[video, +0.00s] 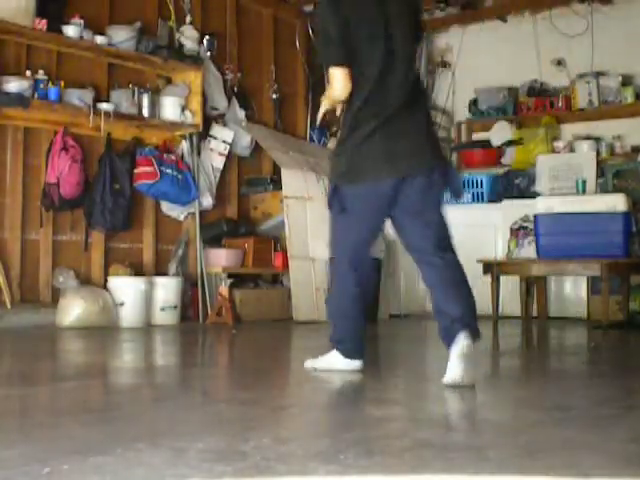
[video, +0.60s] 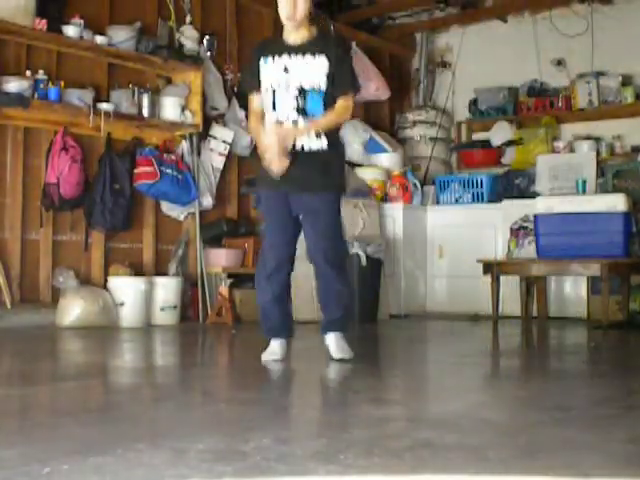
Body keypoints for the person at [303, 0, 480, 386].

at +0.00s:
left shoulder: (331, 8)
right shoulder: (405, 4)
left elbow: (341, 86)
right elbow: (406, 61)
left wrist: (328, 102)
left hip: (367, 158)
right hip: (417, 149)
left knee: (347, 258)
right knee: (434, 252)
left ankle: (347, 351)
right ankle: (461, 335)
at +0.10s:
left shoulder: (320, 13)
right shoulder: (383, 9)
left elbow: (332, 82)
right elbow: (382, 81)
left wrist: (307, 113)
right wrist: (329, 122)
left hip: (347, 161)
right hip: (395, 157)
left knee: (333, 255)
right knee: (402, 245)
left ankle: (346, 350)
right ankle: (442, 306)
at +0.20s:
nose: (287, 4)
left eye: (288, 0)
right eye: (287, 1)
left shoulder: (314, 21)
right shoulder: (362, 18)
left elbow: (322, 85)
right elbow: (381, 90)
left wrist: (300, 117)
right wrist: (328, 116)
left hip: (334, 167)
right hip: (373, 165)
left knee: (318, 259)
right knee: (356, 249)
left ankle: (345, 350)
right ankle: (407, 306)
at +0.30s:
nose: (283, 4)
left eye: (285, 0)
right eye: (283, 2)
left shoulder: (317, 21)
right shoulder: (334, 20)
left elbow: (322, 85)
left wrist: (291, 110)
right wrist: (301, 111)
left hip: (334, 159)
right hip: (340, 156)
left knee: (311, 248)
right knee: (304, 239)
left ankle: (345, 348)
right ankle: (359, 310)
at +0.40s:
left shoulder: (323, 14)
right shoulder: (301, 24)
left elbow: (336, 74)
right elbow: (313, 80)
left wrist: (292, 99)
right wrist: (285, 99)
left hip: (329, 150)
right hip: (306, 150)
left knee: (318, 247)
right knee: (283, 237)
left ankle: (347, 337)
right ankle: (308, 313)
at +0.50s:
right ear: (278, 1)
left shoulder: (326, 20)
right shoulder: (278, 29)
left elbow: (348, 83)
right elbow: (280, 84)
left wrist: (293, 102)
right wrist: (272, 107)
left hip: (325, 157)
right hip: (287, 157)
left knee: (330, 247)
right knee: (280, 246)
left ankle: (343, 331)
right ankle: (278, 326)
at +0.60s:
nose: (290, 6)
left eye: (297, 0)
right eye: (285, 0)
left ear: (311, 5)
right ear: (277, 5)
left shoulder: (333, 47)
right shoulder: (262, 52)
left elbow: (344, 110)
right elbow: (254, 115)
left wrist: (299, 130)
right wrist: (267, 147)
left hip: (318, 174)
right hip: (275, 175)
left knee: (327, 255)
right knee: (274, 258)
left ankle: (334, 330)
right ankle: (277, 335)